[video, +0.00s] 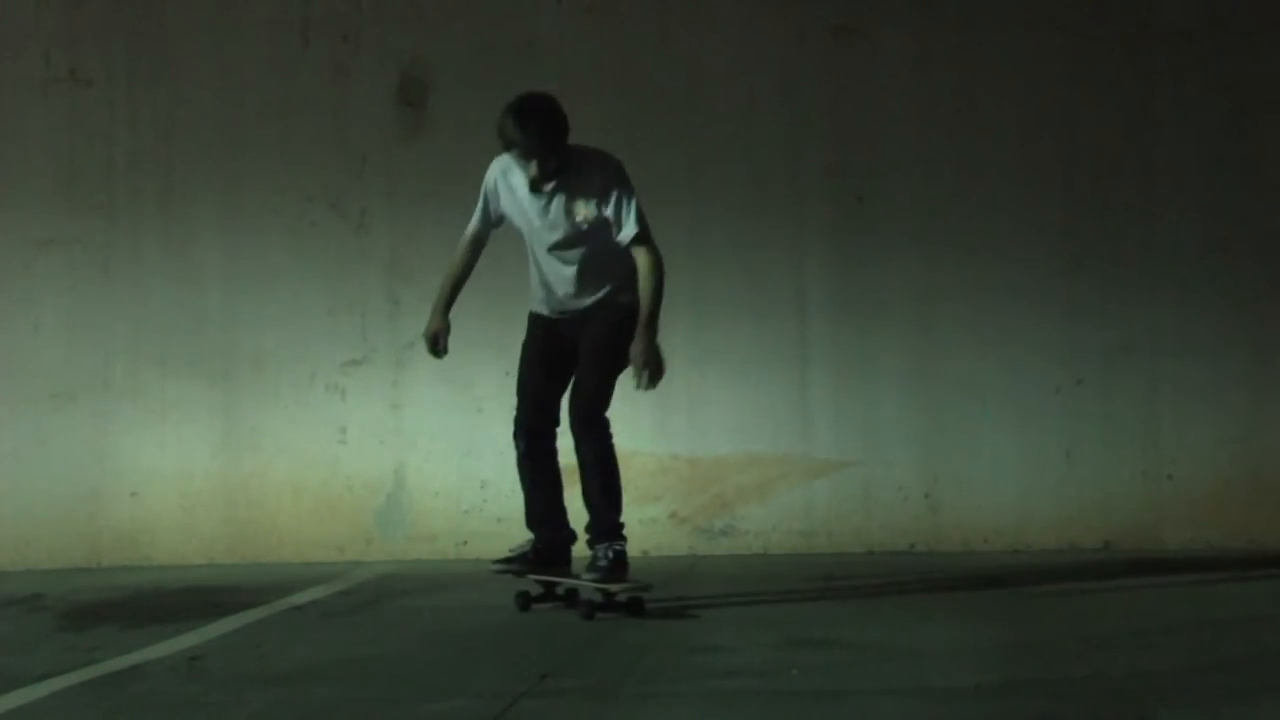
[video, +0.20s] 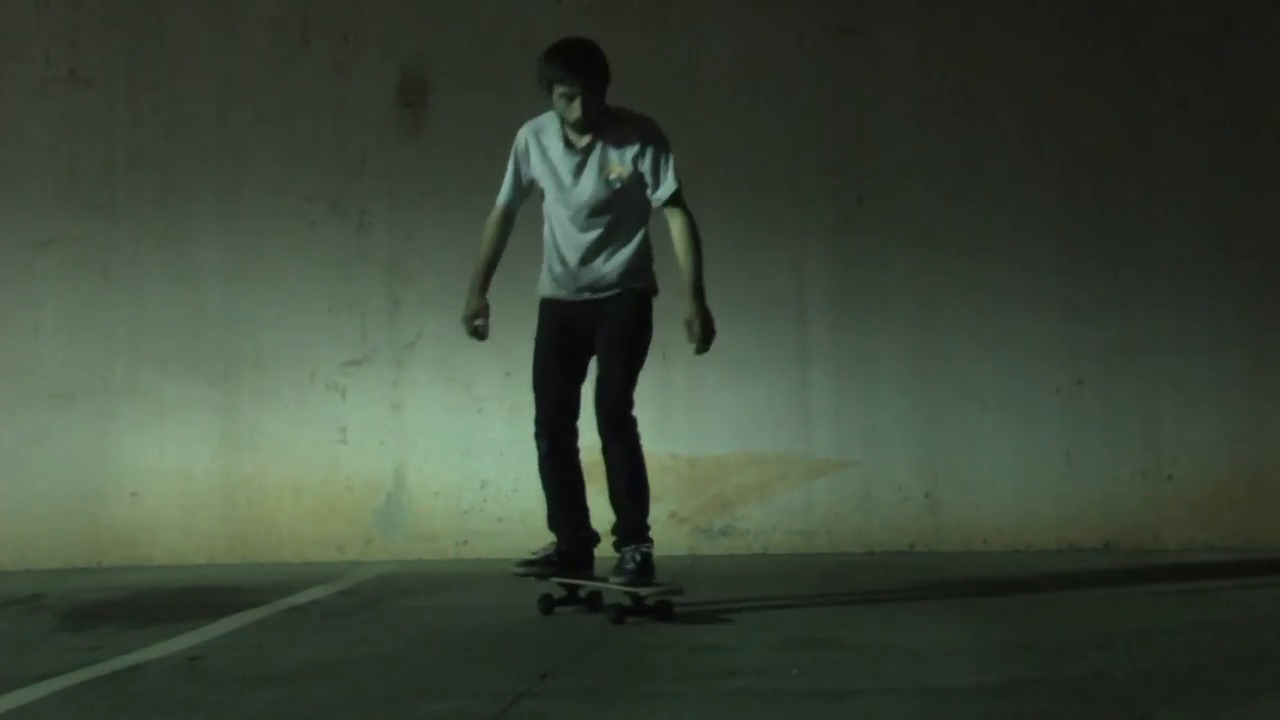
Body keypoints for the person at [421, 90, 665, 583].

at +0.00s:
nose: (535, 168)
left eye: (543, 155)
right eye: (524, 157)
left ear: (562, 144)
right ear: (511, 150)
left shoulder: (601, 174)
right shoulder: (502, 174)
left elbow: (644, 251)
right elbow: (473, 239)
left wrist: (647, 334)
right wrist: (439, 310)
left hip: (607, 313)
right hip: (549, 316)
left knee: (587, 417)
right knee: (531, 426)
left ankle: (607, 544)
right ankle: (549, 543)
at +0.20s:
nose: (578, 110)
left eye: (588, 96)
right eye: (566, 97)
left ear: (603, 92)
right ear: (549, 94)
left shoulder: (637, 139)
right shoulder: (532, 139)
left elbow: (676, 215)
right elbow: (503, 211)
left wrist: (696, 300)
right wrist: (477, 291)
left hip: (623, 299)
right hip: (560, 301)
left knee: (612, 413)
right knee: (552, 425)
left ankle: (633, 544)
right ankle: (571, 546)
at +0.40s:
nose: (621, 69)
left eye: (630, 58)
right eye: (609, 59)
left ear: (645, 59)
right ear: (590, 62)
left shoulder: (672, 118)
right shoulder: (562, 118)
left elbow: (706, 197)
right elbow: (532, 193)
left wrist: (727, 283)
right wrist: (526, 275)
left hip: (648, 291)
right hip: (581, 293)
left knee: (646, 417)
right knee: (577, 425)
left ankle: (659, 546)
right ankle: (593, 548)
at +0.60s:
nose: (665, 49)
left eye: (675, 38)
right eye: (654, 37)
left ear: (686, 43)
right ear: (630, 40)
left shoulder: (707, 109)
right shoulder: (595, 104)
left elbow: (732, 198)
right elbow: (566, 188)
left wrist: (756, 283)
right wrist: (569, 269)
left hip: (682, 290)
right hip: (611, 290)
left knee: (680, 423)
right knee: (607, 429)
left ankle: (686, 549)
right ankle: (616, 551)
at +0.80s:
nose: (705, 36)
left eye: (715, 25)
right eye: (694, 23)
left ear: (725, 32)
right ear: (669, 28)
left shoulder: (743, 103)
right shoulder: (629, 95)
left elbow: (767, 198)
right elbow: (601, 183)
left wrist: (788, 288)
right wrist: (603, 270)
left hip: (717, 288)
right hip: (645, 288)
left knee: (718, 425)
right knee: (639, 426)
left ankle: (716, 553)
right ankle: (642, 554)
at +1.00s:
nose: (742, 29)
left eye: (752, 18)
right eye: (730, 16)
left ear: (762, 23)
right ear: (705, 21)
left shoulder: (781, 98)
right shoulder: (663, 89)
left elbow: (804, 192)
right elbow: (635, 178)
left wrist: (824, 284)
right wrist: (632, 268)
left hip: (754, 284)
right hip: (680, 285)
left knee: (758, 425)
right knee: (675, 427)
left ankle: (757, 556)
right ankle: (679, 559)